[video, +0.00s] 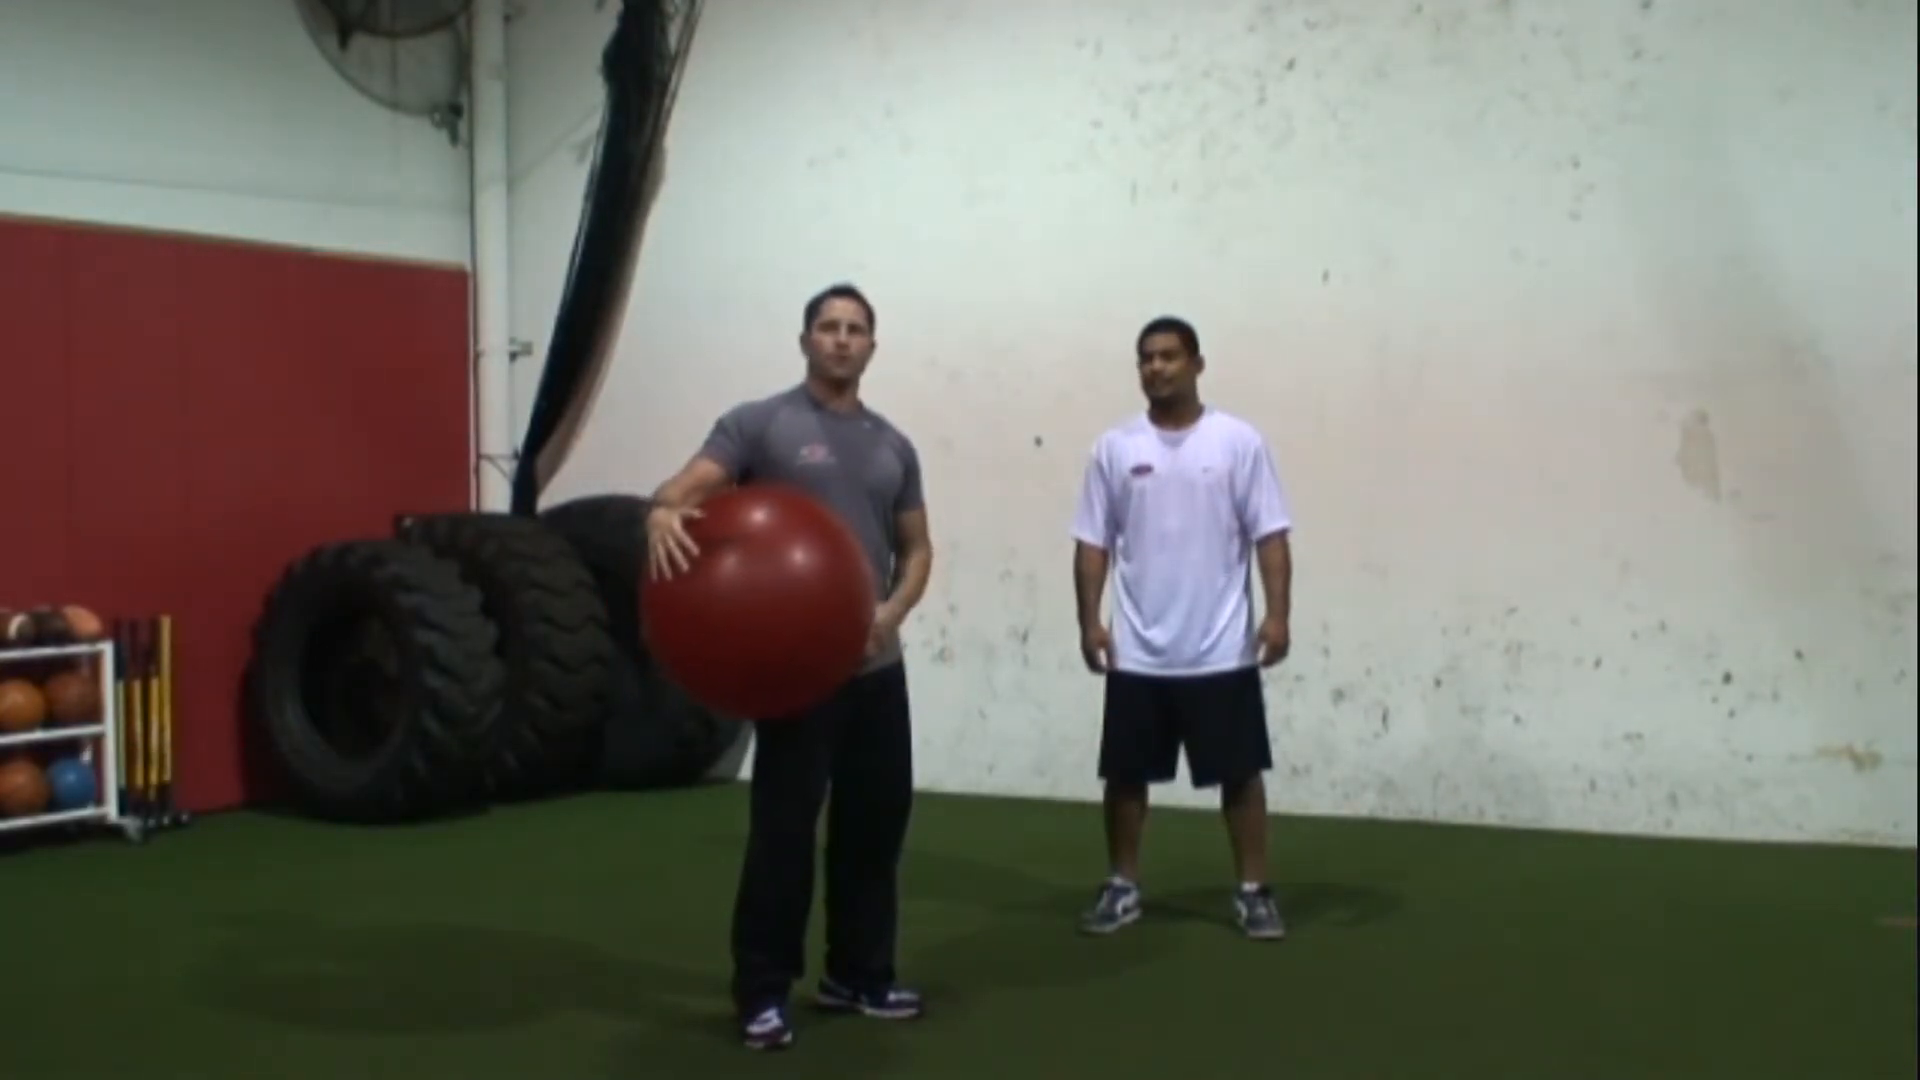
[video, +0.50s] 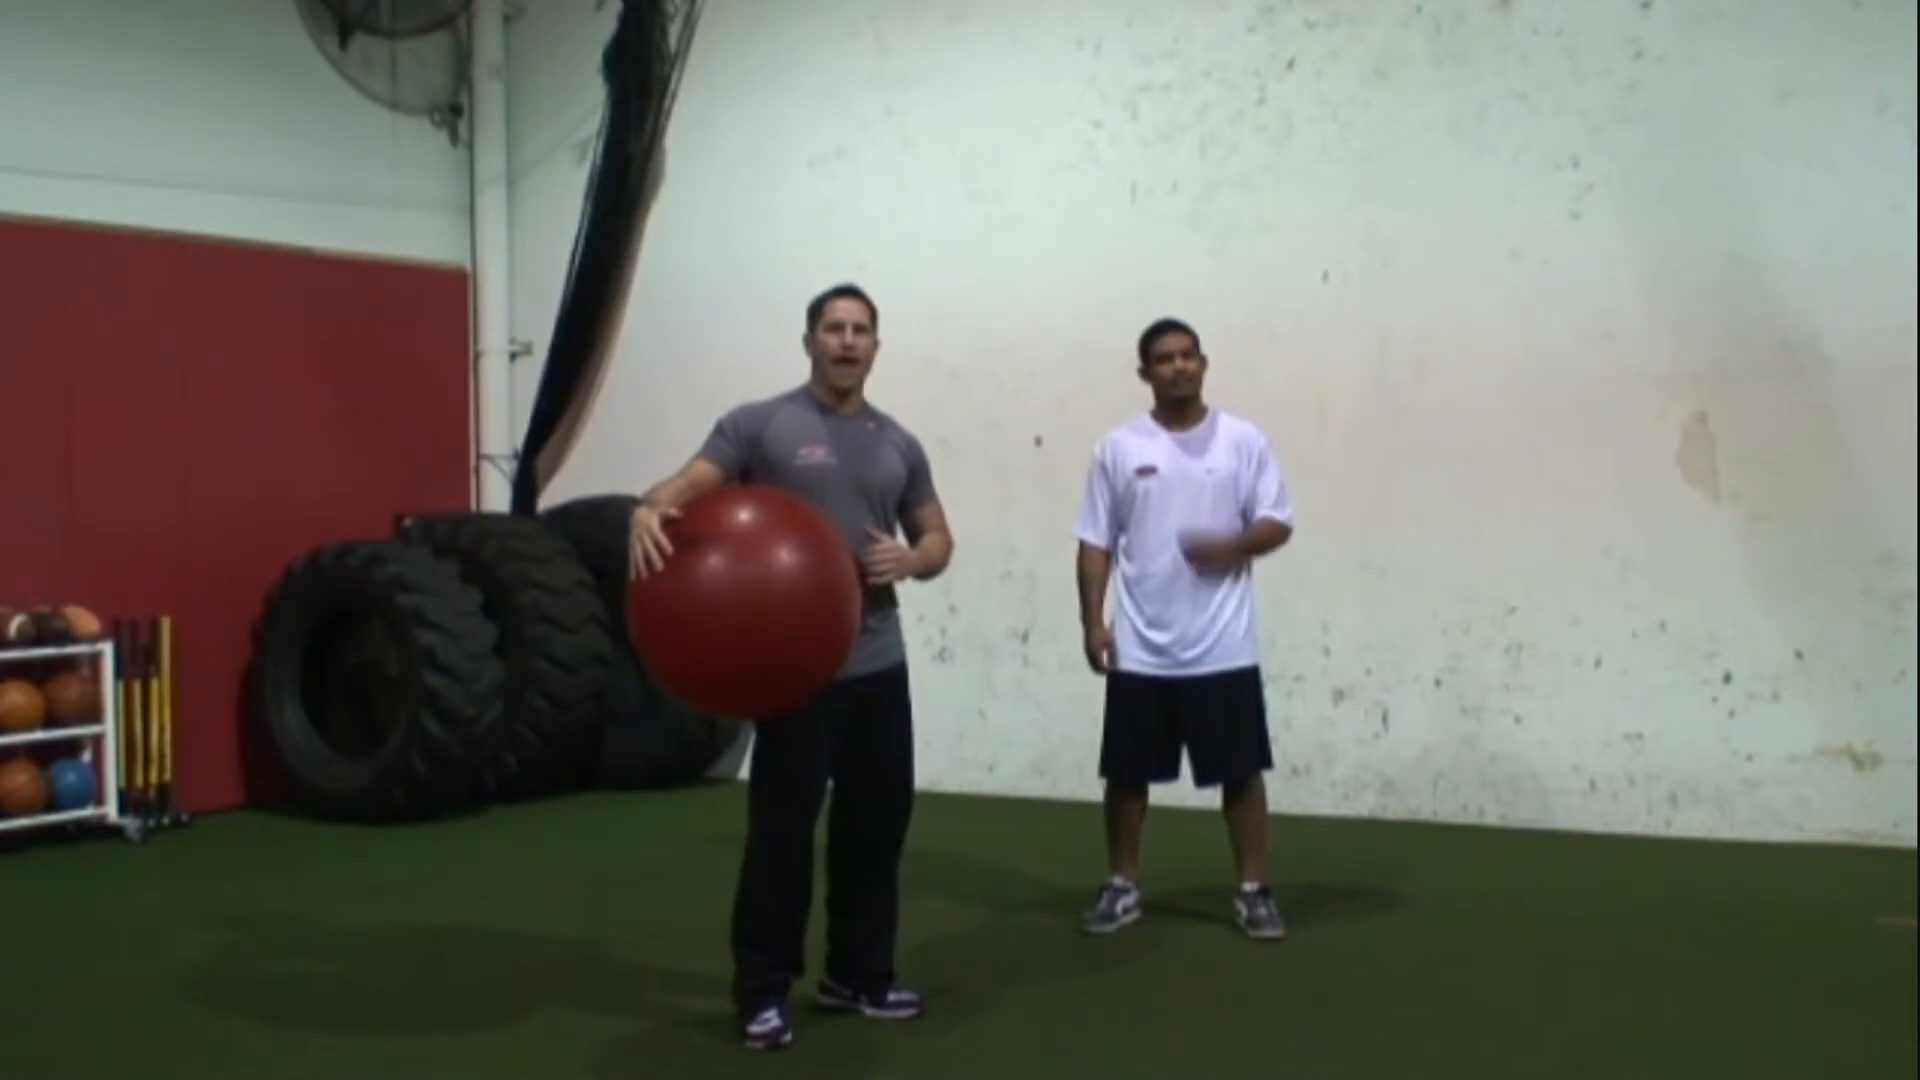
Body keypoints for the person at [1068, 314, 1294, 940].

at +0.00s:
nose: (1156, 367)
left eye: (1169, 357)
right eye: (1148, 359)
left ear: (1197, 364)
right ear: (1137, 370)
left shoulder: (1239, 442)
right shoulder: (1115, 449)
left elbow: (1270, 533)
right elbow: (1093, 540)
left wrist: (1277, 613)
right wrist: (1090, 620)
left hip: (1221, 644)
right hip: (1138, 645)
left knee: (1242, 776)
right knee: (1123, 777)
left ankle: (1253, 889)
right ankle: (1122, 884)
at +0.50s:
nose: (1178, 367)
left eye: (1187, 357)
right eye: (1164, 359)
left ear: (1204, 366)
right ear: (1145, 372)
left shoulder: (1245, 442)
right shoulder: (1119, 449)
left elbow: (1277, 524)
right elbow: (1095, 539)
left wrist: (1230, 548)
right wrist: (1094, 620)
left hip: (1222, 646)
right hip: (1141, 647)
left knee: (1242, 776)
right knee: (1125, 777)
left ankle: (1254, 888)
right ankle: (1122, 884)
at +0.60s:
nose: (1189, 369)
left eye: (1197, 359)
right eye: (1175, 361)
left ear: (1210, 367)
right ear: (1151, 373)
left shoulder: (1242, 440)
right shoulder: (1121, 448)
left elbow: (1268, 522)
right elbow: (1095, 539)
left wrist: (1197, 486)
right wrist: (1094, 620)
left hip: (1222, 644)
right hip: (1141, 645)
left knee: (1243, 777)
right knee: (1125, 777)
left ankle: (1254, 888)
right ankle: (1122, 883)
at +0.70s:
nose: (1196, 371)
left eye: (1202, 360)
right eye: (1182, 363)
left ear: (1214, 366)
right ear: (1156, 373)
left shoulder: (1238, 438)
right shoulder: (1122, 447)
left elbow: (1251, 508)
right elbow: (1096, 538)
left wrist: (1184, 449)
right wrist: (1097, 619)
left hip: (1222, 645)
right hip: (1141, 645)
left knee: (1243, 778)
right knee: (1126, 777)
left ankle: (1254, 888)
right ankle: (1122, 883)